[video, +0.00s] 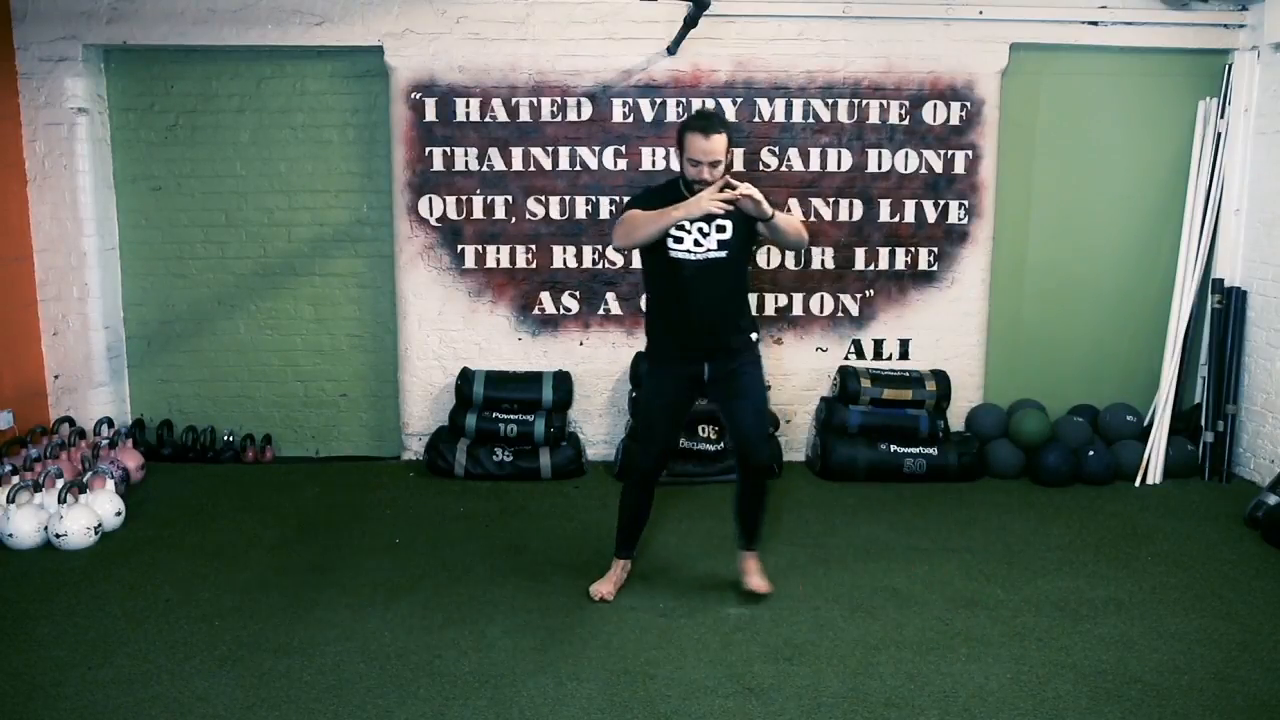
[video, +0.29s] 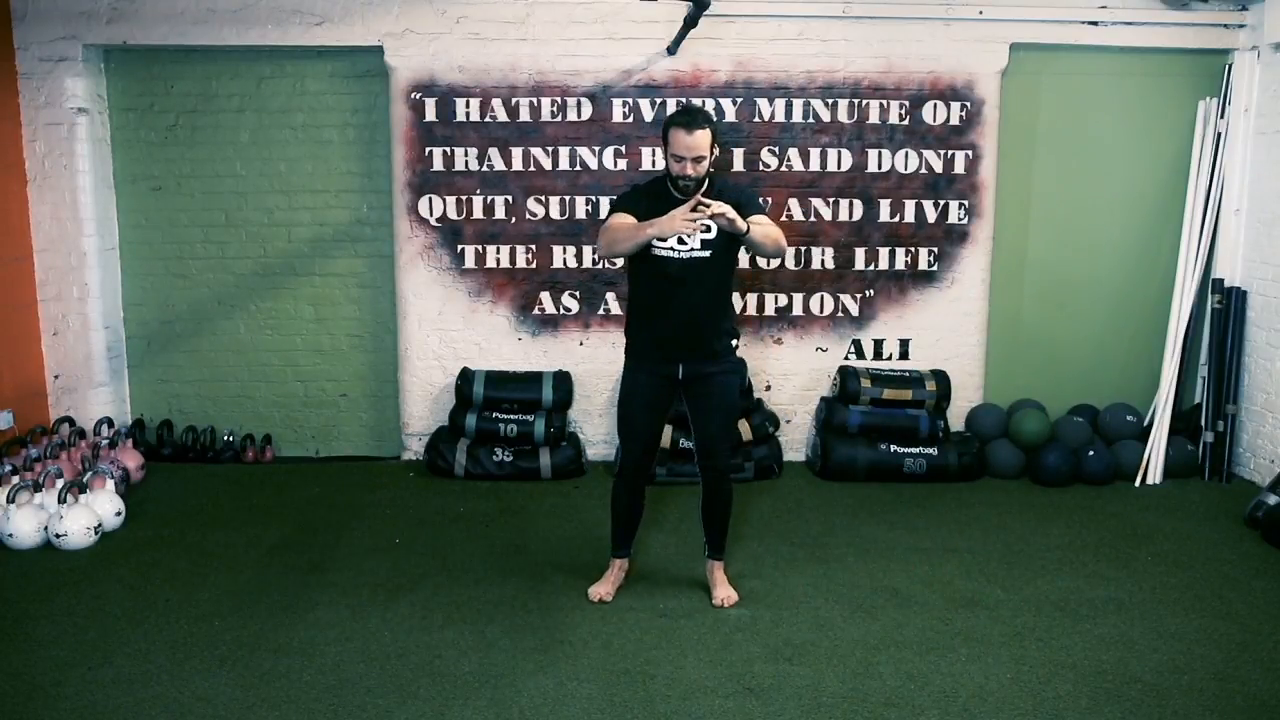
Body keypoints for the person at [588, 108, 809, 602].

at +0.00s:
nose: (703, 173)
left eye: (714, 164)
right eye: (695, 163)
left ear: (728, 158)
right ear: (680, 155)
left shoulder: (742, 200)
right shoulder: (656, 197)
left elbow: (799, 239)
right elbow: (623, 235)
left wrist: (766, 213)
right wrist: (691, 207)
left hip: (733, 352)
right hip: (669, 352)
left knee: (756, 449)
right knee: (644, 454)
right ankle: (622, 560)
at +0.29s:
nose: (687, 169)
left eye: (697, 159)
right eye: (678, 158)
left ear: (713, 153)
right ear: (665, 151)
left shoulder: (733, 196)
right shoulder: (643, 195)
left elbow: (777, 244)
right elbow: (607, 243)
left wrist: (740, 225)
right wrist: (661, 224)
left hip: (713, 356)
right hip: (648, 355)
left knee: (718, 463)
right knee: (633, 460)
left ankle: (716, 563)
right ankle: (619, 560)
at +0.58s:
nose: (677, 218)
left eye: (687, 208)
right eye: (669, 207)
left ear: (703, 199)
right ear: (655, 198)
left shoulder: (722, 236)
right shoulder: (633, 233)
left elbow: (770, 288)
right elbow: (592, 284)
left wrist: (730, 277)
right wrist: (647, 273)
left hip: (701, 372)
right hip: (635, 371)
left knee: (727, 466)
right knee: (608, 467)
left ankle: (715, 564)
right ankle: (616, 562)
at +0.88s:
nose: (668, 356)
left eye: (678, 347)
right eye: (659, 346)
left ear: (693, 332)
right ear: (646, 331)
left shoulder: (713, 353)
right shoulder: (628, 351)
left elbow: (759, 412)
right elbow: (589, 405)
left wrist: (725, 411)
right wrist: (639, 405)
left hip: (698, 439)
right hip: (635, 439)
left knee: (739, 486)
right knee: (592, 490)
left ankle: (715, 568)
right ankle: (615, 568)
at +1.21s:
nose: (667, 386)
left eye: (677, 376)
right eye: (657, 375)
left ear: (691, 363)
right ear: (643, 363)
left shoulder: (709, 385)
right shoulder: (627, 385)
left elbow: (760, 440)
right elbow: (590, 438)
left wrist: (723, 437)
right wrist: (645, 436)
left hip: (696, 473)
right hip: (638, 473)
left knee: (739, 493)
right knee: (594, 497)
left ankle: (713, 571)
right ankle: (617, 569)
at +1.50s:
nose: (670, 256)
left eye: (680, 247)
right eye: (661, 246)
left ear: (696, 238)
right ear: (649, 239)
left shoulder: (717, 273)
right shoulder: (633, 271)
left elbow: (763, 326)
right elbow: (587, 320)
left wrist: (722, 313)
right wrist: (645, 310)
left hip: (699, 388)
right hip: (637, 388)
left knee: (727, 473)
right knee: (610, 476)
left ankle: (713, 568)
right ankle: (618, 565)